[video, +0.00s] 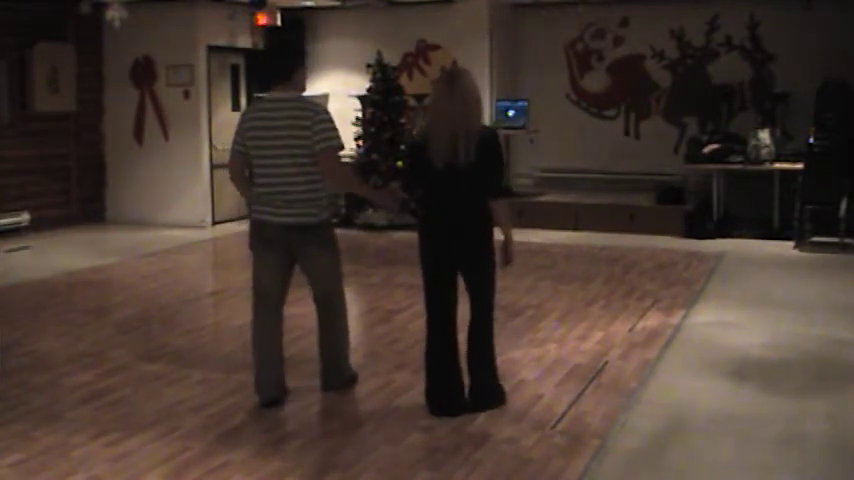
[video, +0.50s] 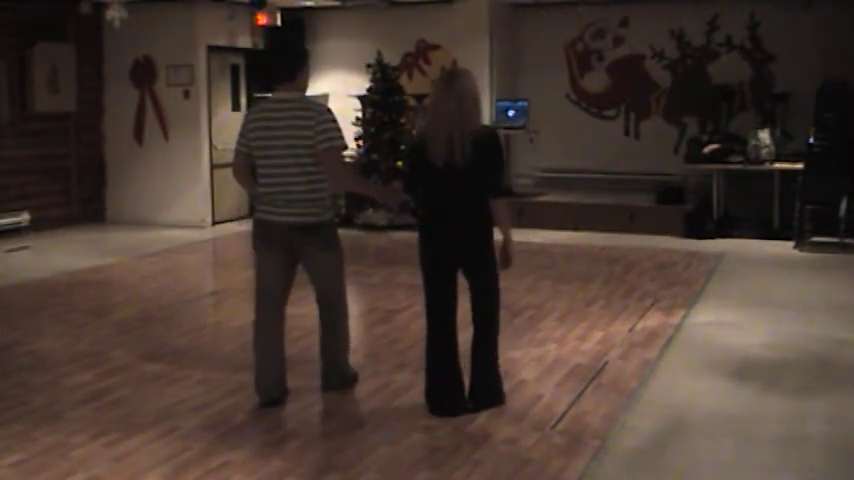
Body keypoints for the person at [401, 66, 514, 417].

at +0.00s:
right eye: (472, 98)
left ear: (435, 103)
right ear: (474, 102)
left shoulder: (421, 144)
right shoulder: (485, 140)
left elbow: (413, 194)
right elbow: (496, 195)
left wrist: (427, 218)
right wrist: (507, 236)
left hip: (434, 242)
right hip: (475, 240)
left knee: (439, 318)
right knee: (482, 315)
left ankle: (442, 395)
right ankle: (484, 390)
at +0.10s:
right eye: (473, 97)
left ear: (435, 102)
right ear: (475, 101)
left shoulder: (421, 143)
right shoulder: (485, 140)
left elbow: (412, 193)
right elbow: (495, 196)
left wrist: (428, 217)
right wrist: (505, 236)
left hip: (435, 242)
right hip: (475, 240)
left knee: (440, 320)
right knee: (484, 318)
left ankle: (442, 395)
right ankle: (485, 391)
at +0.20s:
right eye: (473, 97)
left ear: (436, 102)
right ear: (474, 101)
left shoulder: (421, 143)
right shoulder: (484, 140)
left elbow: (413, 193)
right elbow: (495, 196)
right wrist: (504, 236)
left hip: (435, 241)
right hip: (475, 239)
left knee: (440, 315)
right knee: (486, 307)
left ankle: (443, 395)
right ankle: (485, 389)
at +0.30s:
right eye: (473, 96)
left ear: (435, 101)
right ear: (474, 101)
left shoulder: (421, 143)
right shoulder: (484, 140)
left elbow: (413, 194)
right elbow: (495, 196)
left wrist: (427, 218)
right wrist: (504, 237)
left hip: (434, 242)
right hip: (474, 240)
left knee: (439, 316)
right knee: (484, 309)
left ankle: (442, 395)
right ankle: (486, 390)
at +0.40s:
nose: (474, 104)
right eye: (473, 98)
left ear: (435, 102)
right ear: (474, 101)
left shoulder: (421, 143)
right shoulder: (484, 140)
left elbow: (413, 194)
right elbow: (495, 196)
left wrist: (427, 219)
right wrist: (505, 237)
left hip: (434, 243)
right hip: (474, 241)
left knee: (439, 319)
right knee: (482, 315)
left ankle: (442, 396)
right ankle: (485, 391)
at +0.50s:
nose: (474, 103)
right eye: (473, 97)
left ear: (436, 101)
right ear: (474, 101)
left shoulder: (422, 143)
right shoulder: (484, 139)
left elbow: (414, 194)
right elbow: (496, 196)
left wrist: (429, 218)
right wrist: (506, 238)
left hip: (435, 242)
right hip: (475, 240)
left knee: (440, 319)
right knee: (486, 316)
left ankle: (442, 396)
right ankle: (485, 391)